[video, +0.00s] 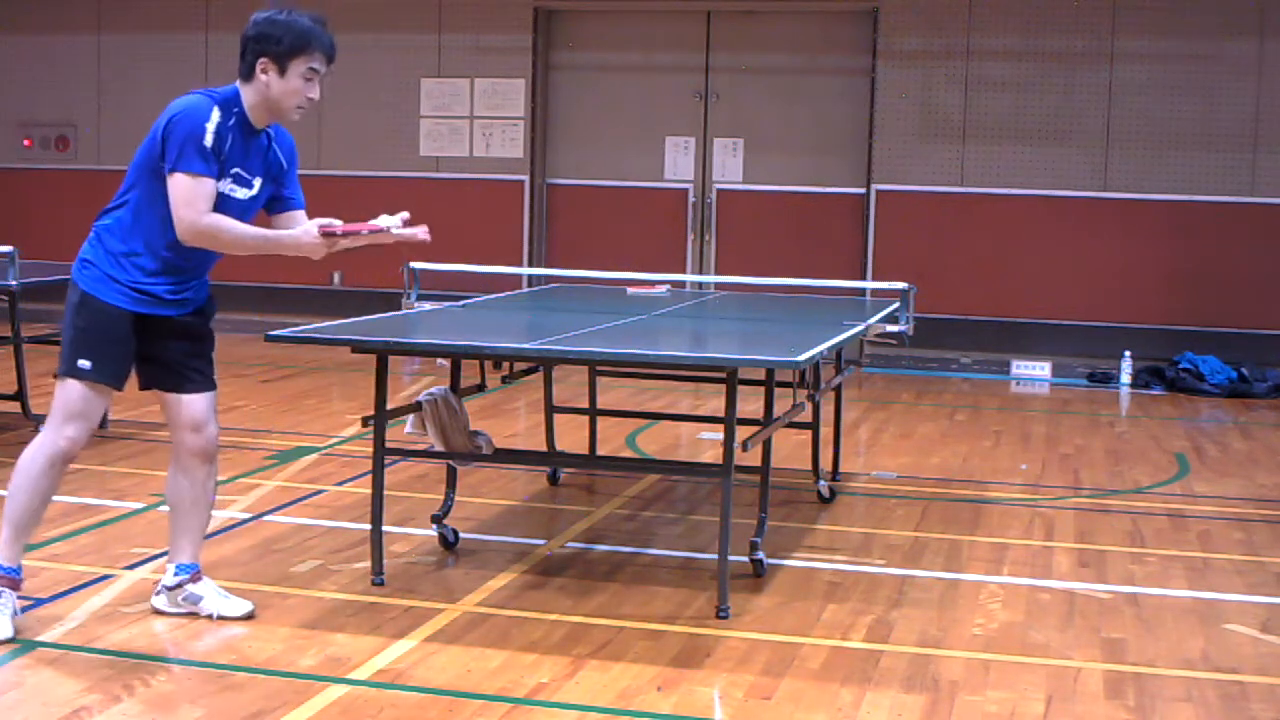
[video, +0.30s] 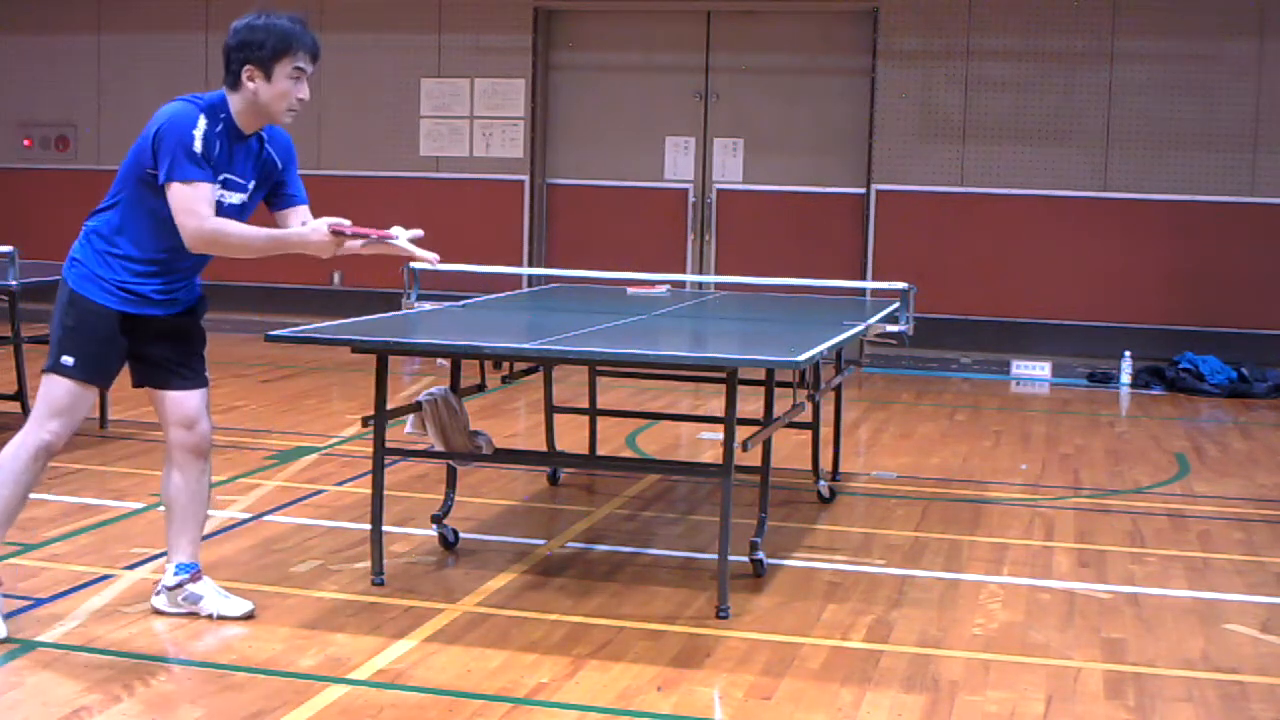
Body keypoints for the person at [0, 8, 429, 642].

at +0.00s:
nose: (316, 93)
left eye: (320, 80)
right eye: (308, 77)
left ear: (286, 76)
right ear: (264, 68)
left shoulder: (279, 147)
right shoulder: (196, 117)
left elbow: (294, 239)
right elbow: (192, 226)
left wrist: (372, 233)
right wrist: (286, 241)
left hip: (183, 297)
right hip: (111, 286)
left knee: (199, 438)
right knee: (67, 433)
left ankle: (181, 580)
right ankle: (4, 576)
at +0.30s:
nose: (307, 91)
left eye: (309, 77)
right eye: (296, 75)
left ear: (268, 79)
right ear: (251, 75)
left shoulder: (276, 148)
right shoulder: (184, 122)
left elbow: (301, 239)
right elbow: (198, 233)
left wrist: (374, 242)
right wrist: (296, 239)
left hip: (174, 297)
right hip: (101, 287)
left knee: (192, 435)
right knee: (47, 433)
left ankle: (181, 580)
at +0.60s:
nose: (265, 78)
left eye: (265, 64)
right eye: (253, 63)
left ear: (221, 72)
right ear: (208, 70)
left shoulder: (246, 133)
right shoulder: (150, 126)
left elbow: (315, 189)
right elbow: (178, 231)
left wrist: (388, 173)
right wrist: (270, 201)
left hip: (152, 304)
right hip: (80, 297)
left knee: (190, 434)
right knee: (35, 448)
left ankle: (180, 578)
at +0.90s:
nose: (208, 50)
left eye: (204, 38)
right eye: (192, 38)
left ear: (172, 56)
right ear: (149, 55)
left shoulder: (205, 116)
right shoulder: (99, 119)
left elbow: (300, 140)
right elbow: (73, 217)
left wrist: (383, 156)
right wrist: (178, 235)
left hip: (133, 305)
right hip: (56, 305)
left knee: (180, 439)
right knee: (19, 462)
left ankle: (181, 578)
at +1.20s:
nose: (212, 85)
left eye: (211, 70)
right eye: (197, 70)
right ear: (151, 80)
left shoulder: (204, 154)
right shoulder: (98, 126)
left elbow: (251, 225)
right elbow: (29, 181)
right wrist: (28, 125)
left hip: (128, 322)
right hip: (49, 320)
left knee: (201, 440)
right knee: (27, 475)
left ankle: (186, 571)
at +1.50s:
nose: (331, 143)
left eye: (335, 131)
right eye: (329, 129)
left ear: (290, 113)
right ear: (298, 115)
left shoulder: (241, 145)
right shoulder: (250, 154)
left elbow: (320, 246)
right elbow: (320, 250)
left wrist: (385, 324)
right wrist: (388, 328)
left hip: (165, 323)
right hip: (95, 319)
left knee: (231, 448)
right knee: (37, 473)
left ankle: (233, 592)